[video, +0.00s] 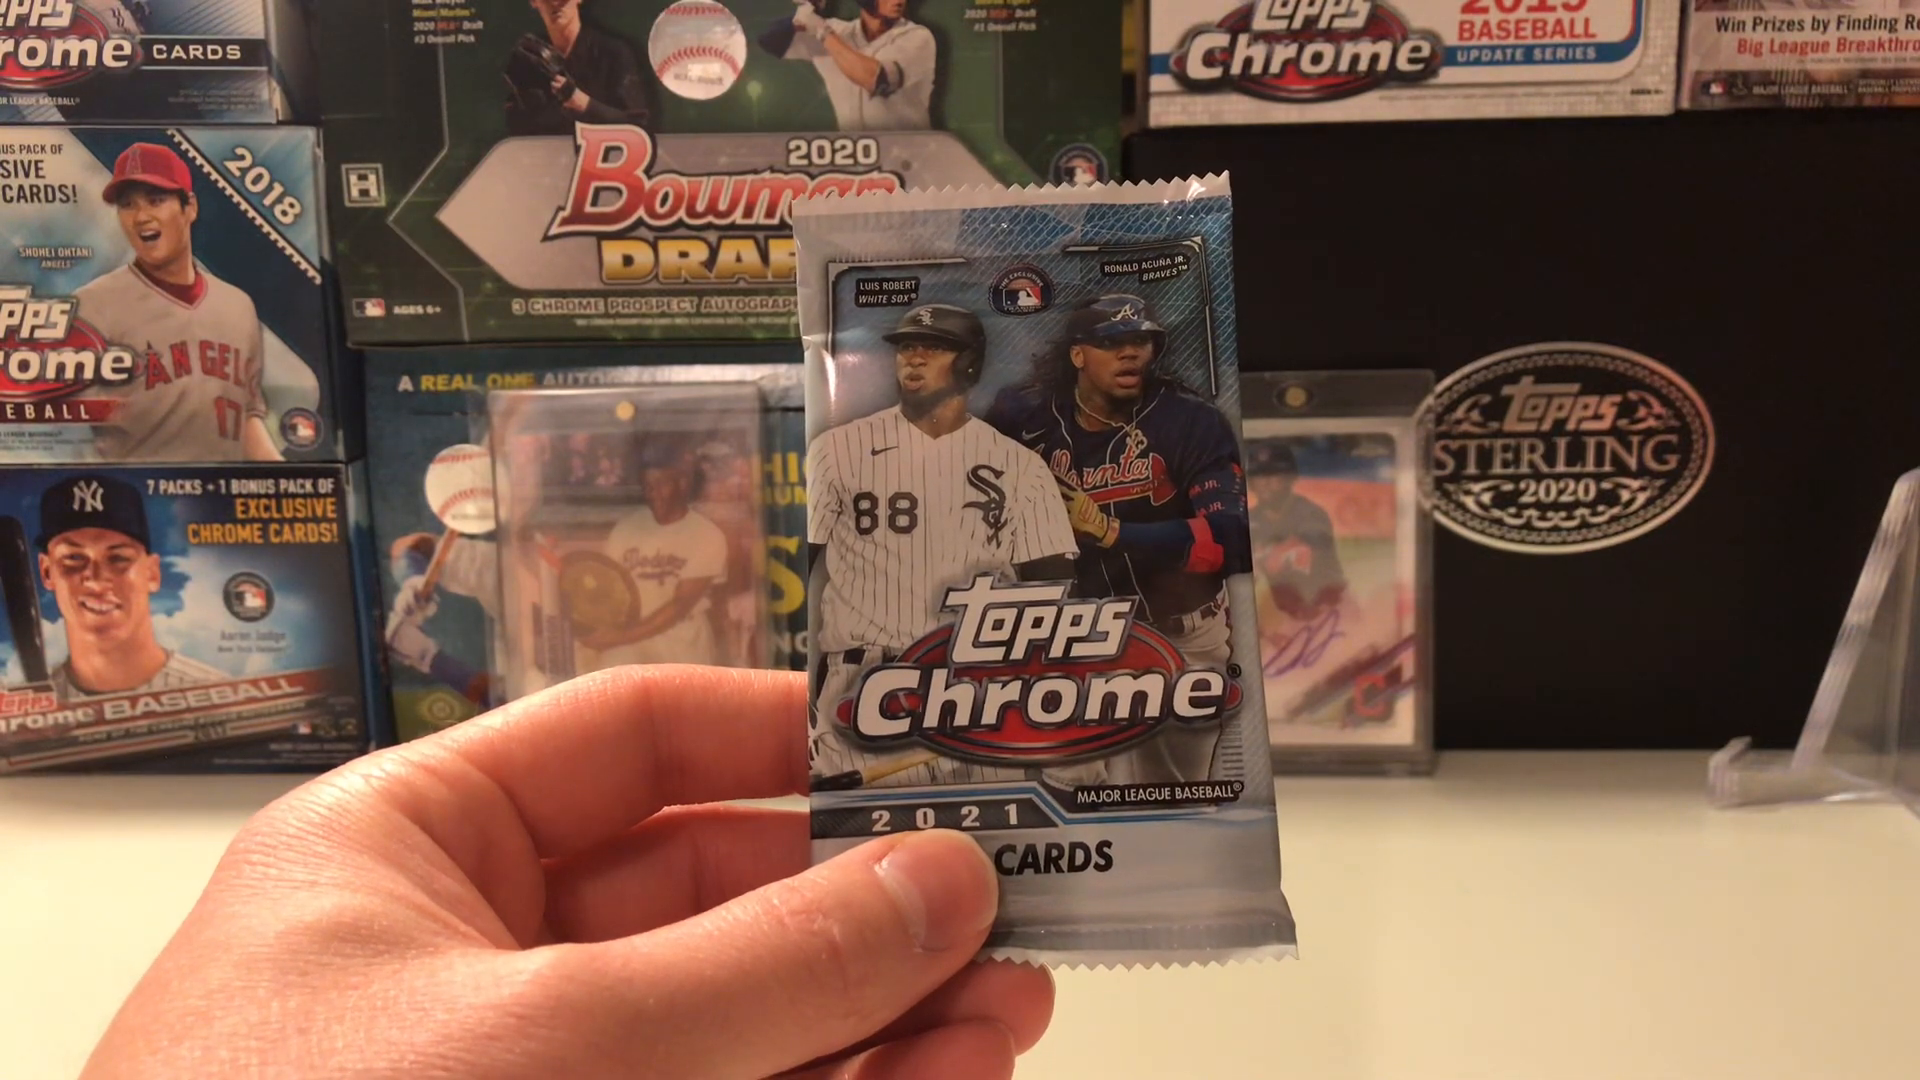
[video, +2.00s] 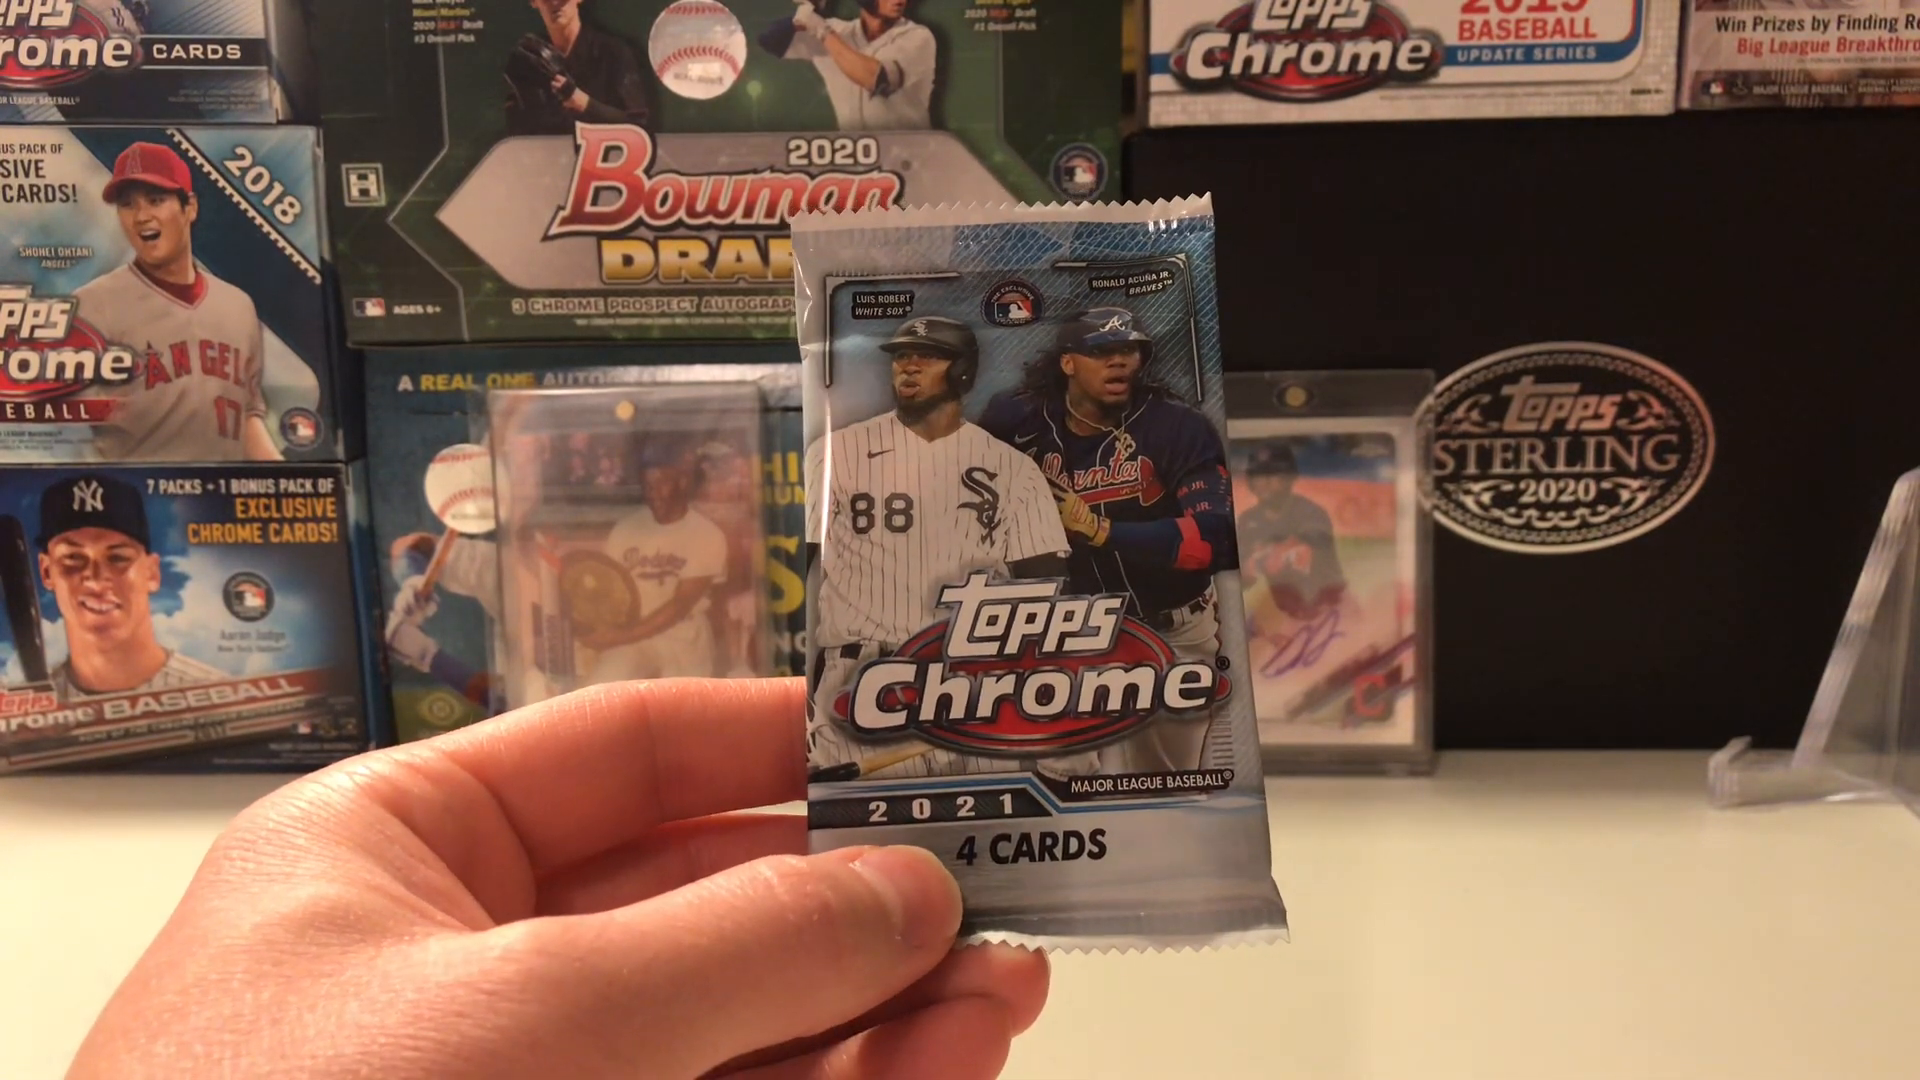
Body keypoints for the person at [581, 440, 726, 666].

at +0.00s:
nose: (653, 494)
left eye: (661, 484)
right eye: (647, 486)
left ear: (683, 484)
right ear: (642, 487)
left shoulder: (707, 536)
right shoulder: (625, 530)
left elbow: (680, 607)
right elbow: (605, 591)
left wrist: (619, 637)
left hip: (684, 660)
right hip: (627, 661)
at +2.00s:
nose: (653, 495)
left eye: (661, 485)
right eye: (648, 486)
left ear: (683, 484)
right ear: (642, 488)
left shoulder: (707, 536)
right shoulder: (624, 530)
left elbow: (680, 606)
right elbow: (604, 590)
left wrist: (618, 637)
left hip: (683, 640)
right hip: (627, 642)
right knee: (598, 701)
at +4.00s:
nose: (652, 495)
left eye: (661, 485)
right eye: (647, 486)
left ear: (682, 484)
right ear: (642, 489)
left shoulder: (707, 536)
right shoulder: (624, 530)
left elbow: (679, 606)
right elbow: (603, 588)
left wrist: (617, 637)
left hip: (683, 644)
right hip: (625, 644)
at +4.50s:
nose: (652, 495)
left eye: (659, 485)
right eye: (647, 486)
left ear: (681, 483)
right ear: (642, 488)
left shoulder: (707, 535)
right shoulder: (625, 530)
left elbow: (680, 606)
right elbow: (603, 588)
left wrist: (620, 636)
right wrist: (596, 627)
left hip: (684, 637)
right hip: (629, 638)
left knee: (687, 710)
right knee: (602, 696)